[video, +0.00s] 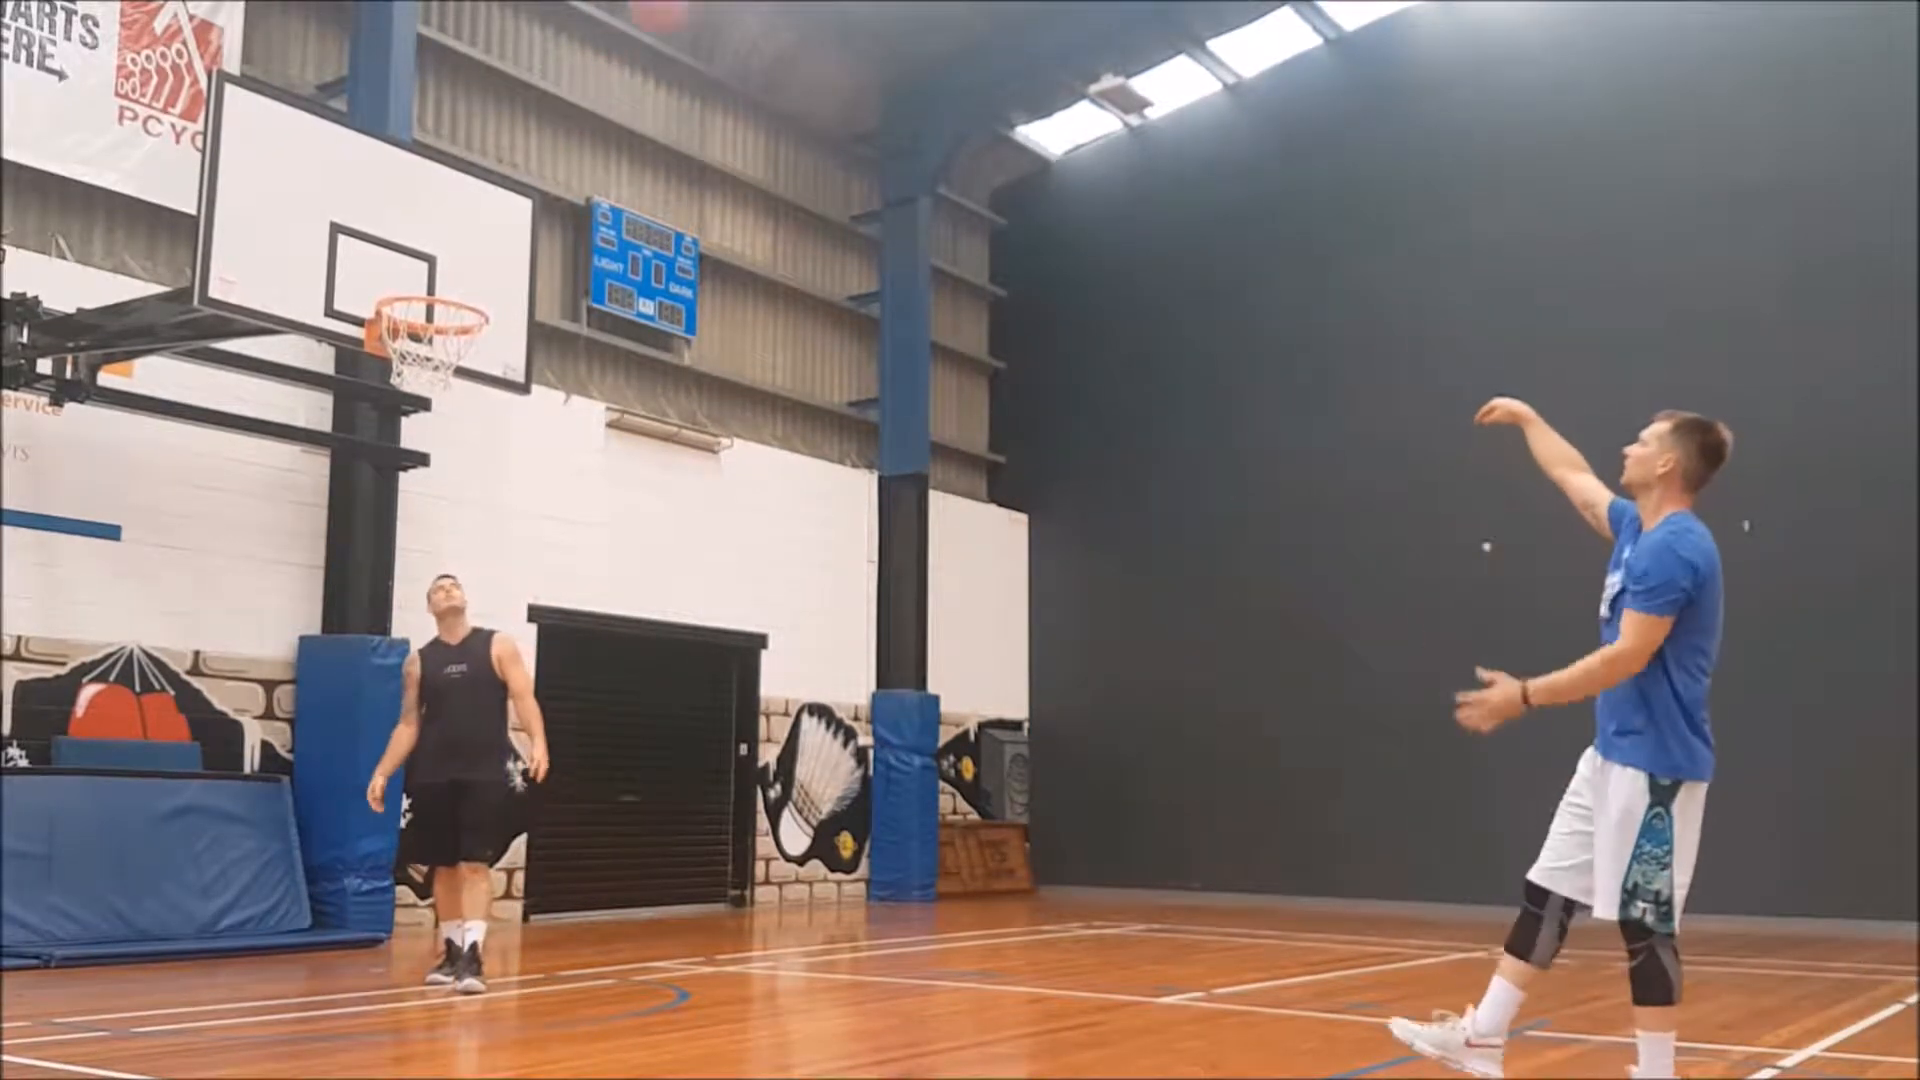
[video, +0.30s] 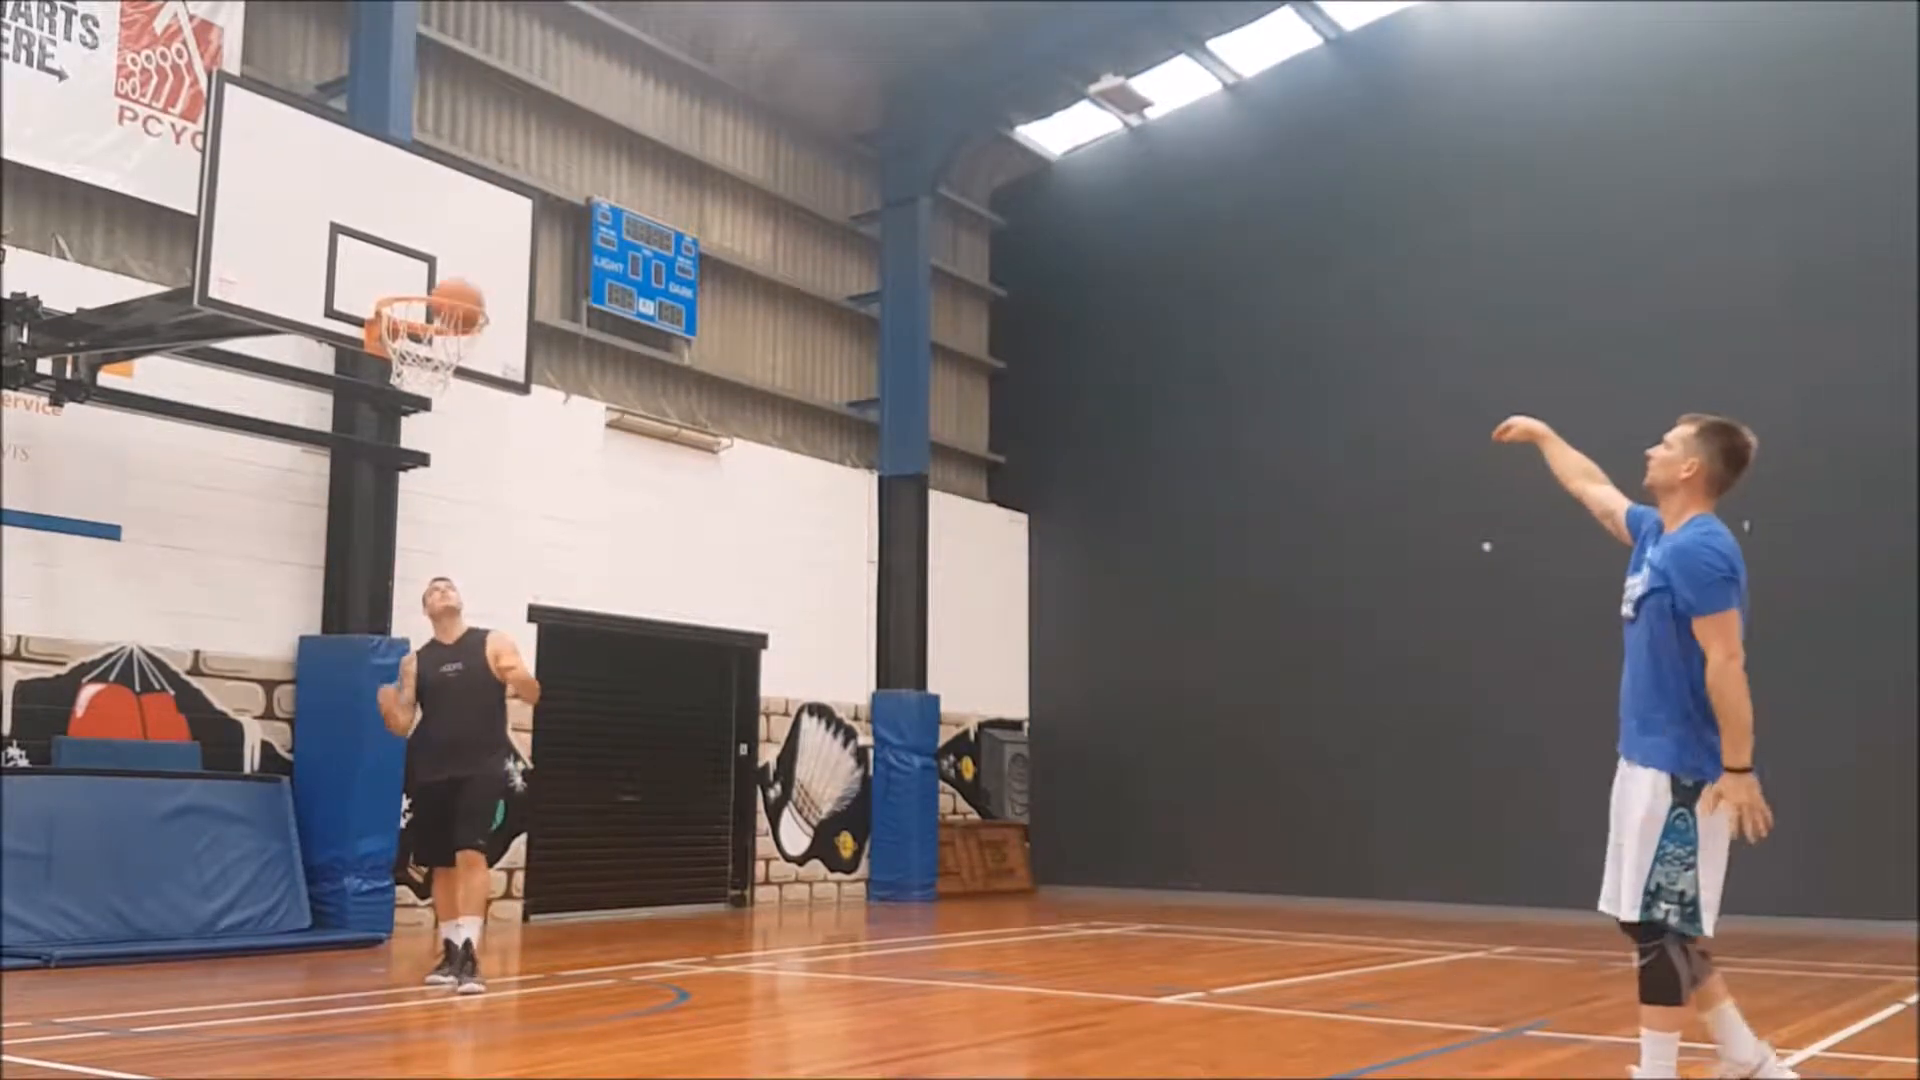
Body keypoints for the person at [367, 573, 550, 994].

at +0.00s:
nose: (447, 589)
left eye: (453, 586)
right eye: (439, 588)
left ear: (467, 601)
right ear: (429, 608)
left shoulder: (498, 645)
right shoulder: (419, 659)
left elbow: (524, 697)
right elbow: (409, 724)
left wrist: (538, 741)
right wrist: (382, 773)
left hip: (485, 773)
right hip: (433, 776)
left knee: (474, 863)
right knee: (444, 866)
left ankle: (472, 958)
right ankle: (451, 955)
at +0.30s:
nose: (443, 592)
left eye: (448, 588)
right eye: (435, 591)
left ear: (461, 603)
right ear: (425, 610)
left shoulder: (494, 643)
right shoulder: (415, 661)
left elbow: (534, 696)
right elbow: (403, 725)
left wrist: (519, 678)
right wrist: (389, 704)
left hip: (483, 769)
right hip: (433, 773)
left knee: (470, 854)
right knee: (442, 863)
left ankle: (468, 956)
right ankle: (449, 955)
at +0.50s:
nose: (446, 590)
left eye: (453, 588)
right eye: (438, 590)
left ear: (467, 608)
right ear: (429, 612)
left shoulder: (491, 642)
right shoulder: (418, 659)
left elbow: (533, 685)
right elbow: (376, 702)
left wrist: (517, 642)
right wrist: (363, 653)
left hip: (484, 768)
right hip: (432, 773)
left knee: (470, 854)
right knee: (441, 867)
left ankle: (466, 957)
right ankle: (450, 956)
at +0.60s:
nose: (450, 591)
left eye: (458, 589)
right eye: (443, 591)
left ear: (472, 608)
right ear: (434, 613)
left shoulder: (493, 641)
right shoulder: (420, 658)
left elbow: (536, 675)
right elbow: (369, 691)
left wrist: (513, 632)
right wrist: (365, 635)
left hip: (484, 771)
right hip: (432, 775)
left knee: (471, 855)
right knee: (440, 869)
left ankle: (468, 959)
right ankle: (450, 955)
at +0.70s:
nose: (456, 591)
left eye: (464, 589)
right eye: (449, 589)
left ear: (477, 607)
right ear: (439, 610)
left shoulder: (494, 647)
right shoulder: (424, 656)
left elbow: (531, 669)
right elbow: (369, 676)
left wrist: (501, 626)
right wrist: (382, 623)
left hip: (485, 773)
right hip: (433, 775)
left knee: (474, 862)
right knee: (442, 868)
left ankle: (466, 962)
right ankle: (446, 950)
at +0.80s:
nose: (460, 595)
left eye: (468, 588)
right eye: (454, 589)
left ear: (484, 600)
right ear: (445, 601)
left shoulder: (503, 645)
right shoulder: (432, 648)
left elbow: (511, 669)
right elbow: (381, 666)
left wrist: (479, 631)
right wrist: (397, 618)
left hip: (488, 771)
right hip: (434, 771)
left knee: (476, 863)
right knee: (426, 867)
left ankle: (465, 962)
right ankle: (439, 935)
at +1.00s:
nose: (477, 593)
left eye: (486, 587)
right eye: (470, 586)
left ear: (498, 597)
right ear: (458, 593)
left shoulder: (513, 650)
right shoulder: (429, 645)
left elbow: (510, 712)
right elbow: (398, 695)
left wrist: (476, 744)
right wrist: (404, 720)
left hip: (495, 768)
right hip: (437, 765)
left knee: (481, 864)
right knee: (429, 853)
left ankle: (466, 966)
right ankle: (423, 957)